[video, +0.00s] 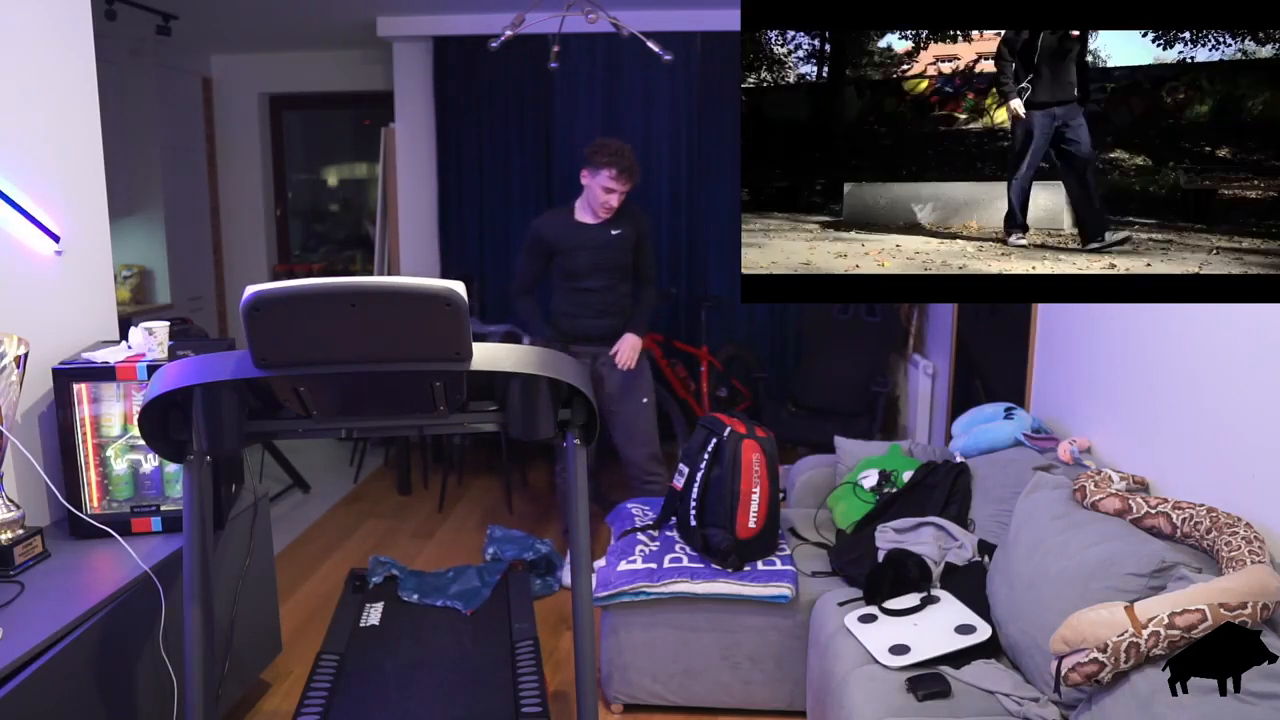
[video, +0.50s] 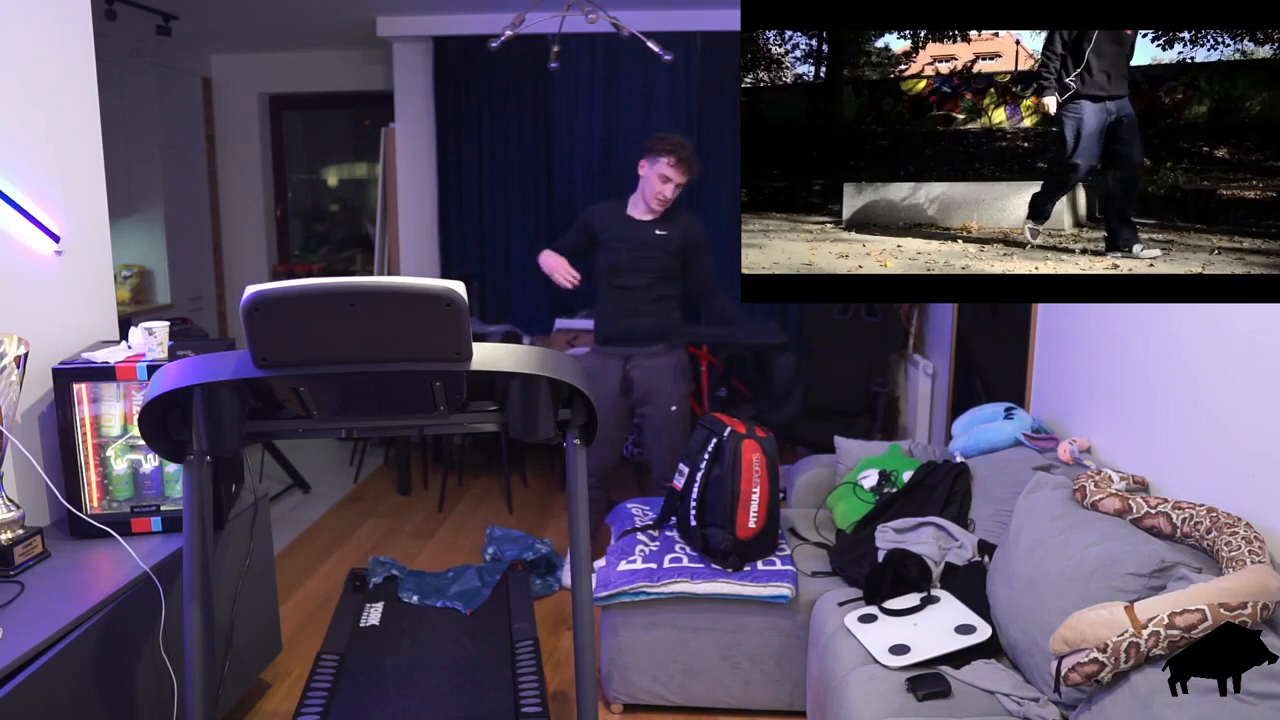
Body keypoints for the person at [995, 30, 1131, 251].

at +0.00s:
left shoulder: (1080, 34)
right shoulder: (1024, 32)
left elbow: (1080, 61)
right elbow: (1004, 55)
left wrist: (1082, 99)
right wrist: (1010, 96)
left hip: (1069, 106)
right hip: (1034, 107)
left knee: (1083, 166)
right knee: (1023, 170)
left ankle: (1094, 235)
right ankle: (1015, 231)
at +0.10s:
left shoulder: (1085, 34)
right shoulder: (1029, 32)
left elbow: (1082, 60)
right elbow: (1009, 55)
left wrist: (1082, 96)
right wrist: (1016, 94)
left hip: (1074, 106)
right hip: (1039, 107)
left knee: (1086, 170)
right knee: (1025, 171)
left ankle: (1108, 234)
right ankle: (1015, 231)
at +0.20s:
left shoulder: (1098, 33)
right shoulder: (1040, 31)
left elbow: (1091, 64)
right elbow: (1021, 54)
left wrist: (1088, 97)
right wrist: (1024, 94)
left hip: (1086, 108)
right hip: (1050, 108)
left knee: (1100, 175)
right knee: (1033, 172)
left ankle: (1118, 239)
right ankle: (1016, 230)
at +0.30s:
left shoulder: (1108, 34)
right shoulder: (1049, 32)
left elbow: (1100, 63)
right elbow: (1031, 52)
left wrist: (1096, 95)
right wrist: (1032, 93)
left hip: (1096, 107)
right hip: (1060, 107)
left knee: (1108, 176)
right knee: (1042, 170)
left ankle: (1120, 242)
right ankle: (1018, 229)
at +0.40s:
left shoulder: (1121, 33)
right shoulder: (1060, 32)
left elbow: (1114, 61)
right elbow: (1044, 54)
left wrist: (1108, 93)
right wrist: (1041, 92)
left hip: (1110, 101)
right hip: (1074, 101)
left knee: (1118, 173)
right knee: (1059, 168)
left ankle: (1121, 242)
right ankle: (1026, 221)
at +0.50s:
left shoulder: (1129, 33)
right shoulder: (1068, 31)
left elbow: (1123, 57)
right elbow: (1053, 47)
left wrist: (1118, 93)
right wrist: (1048, 90)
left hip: (1119, 98)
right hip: (1082, 97)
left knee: (1126, 171)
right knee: (1077, 166)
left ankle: (1121, 242)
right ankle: (1038, 211)